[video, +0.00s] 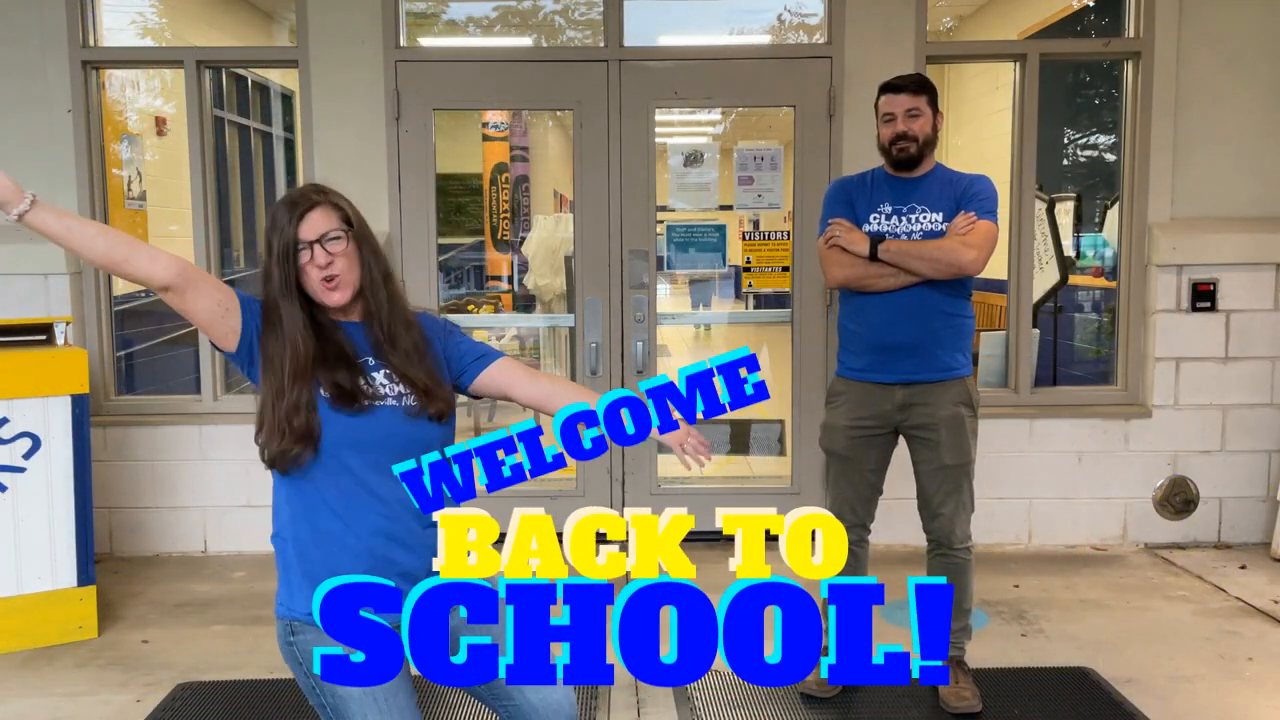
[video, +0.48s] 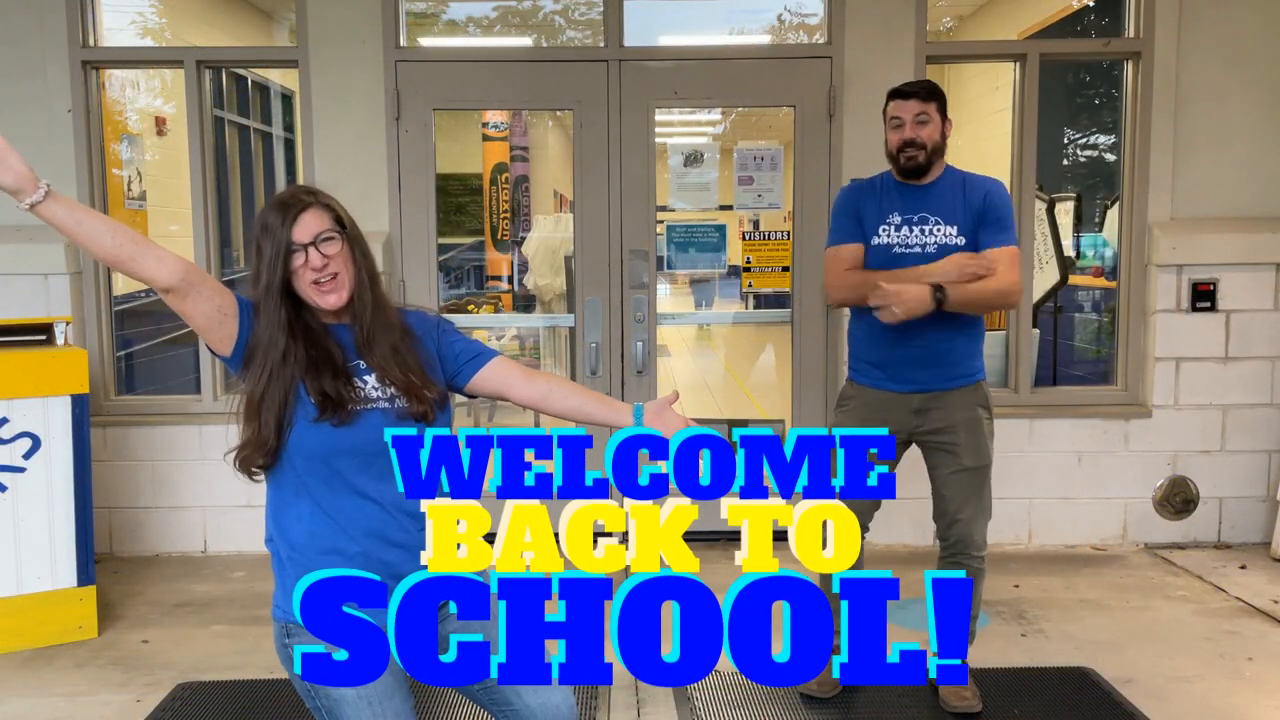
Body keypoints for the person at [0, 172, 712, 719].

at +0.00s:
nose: (321, 259)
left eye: (332, 241)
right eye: (304, 251)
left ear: (363, 247)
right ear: (288, 269)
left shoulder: (420, 338)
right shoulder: (276, 340)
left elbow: (539, 389)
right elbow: (165, 273)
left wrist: (652, 417)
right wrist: (37, 214)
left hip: (445, 599)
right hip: (337, 618)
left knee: (560, 689)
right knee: (384, 718)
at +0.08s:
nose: (317, 263)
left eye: (325, 244)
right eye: (298, 255)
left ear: (353, 244)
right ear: (281, 272)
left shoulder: (418, 334)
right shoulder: (273, 340)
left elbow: (539, 391)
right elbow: (161, 273)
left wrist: (648, 441)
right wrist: (33, 202)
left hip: (441, 598)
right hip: (334, 615)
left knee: (566, 692)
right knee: (381, 715)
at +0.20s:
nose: (314, 261)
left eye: (323, 243)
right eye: (295, 254)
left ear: (352, 247)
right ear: (278, 273)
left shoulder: (415, 333)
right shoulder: (271, 343)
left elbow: (531, 388)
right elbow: (163, 275)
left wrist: (633, 427)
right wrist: (37, 203)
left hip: (442, 588)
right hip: (335, 604)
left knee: (553, 691)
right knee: (385, 710)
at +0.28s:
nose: (314, 262)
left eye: (323, 244)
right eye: (295, 254)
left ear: (351, 247)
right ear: (278, 272)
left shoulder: (416, 335)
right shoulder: (271, 342)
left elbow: (528, 385)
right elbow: (160, 275)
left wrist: (631, 422)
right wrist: (34, 202)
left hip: (444, 590)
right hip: (336, 605)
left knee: (553, 688)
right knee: (383, 712)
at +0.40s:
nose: (315, 261)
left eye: (324, 243)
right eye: (296, 253)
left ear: (351, 246)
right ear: (278, 270)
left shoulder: (412, 334)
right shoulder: (270, 338)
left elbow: (529, 385)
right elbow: (163, 275)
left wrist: (637, 418)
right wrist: (35, 199)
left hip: (437, 593)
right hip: (330, 607)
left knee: (563, 675)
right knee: (373, 708)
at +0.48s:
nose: (319, 260)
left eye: (328, 242)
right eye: (300, 253)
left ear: (355, 245)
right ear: (280, 271)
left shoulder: (412, 334)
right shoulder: (269, 339)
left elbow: (527, 385)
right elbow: (161, 271)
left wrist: (638, 419)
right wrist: (34, 196)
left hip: (441, 589)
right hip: (332, 605)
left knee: (556, 696)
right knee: (379, 711)